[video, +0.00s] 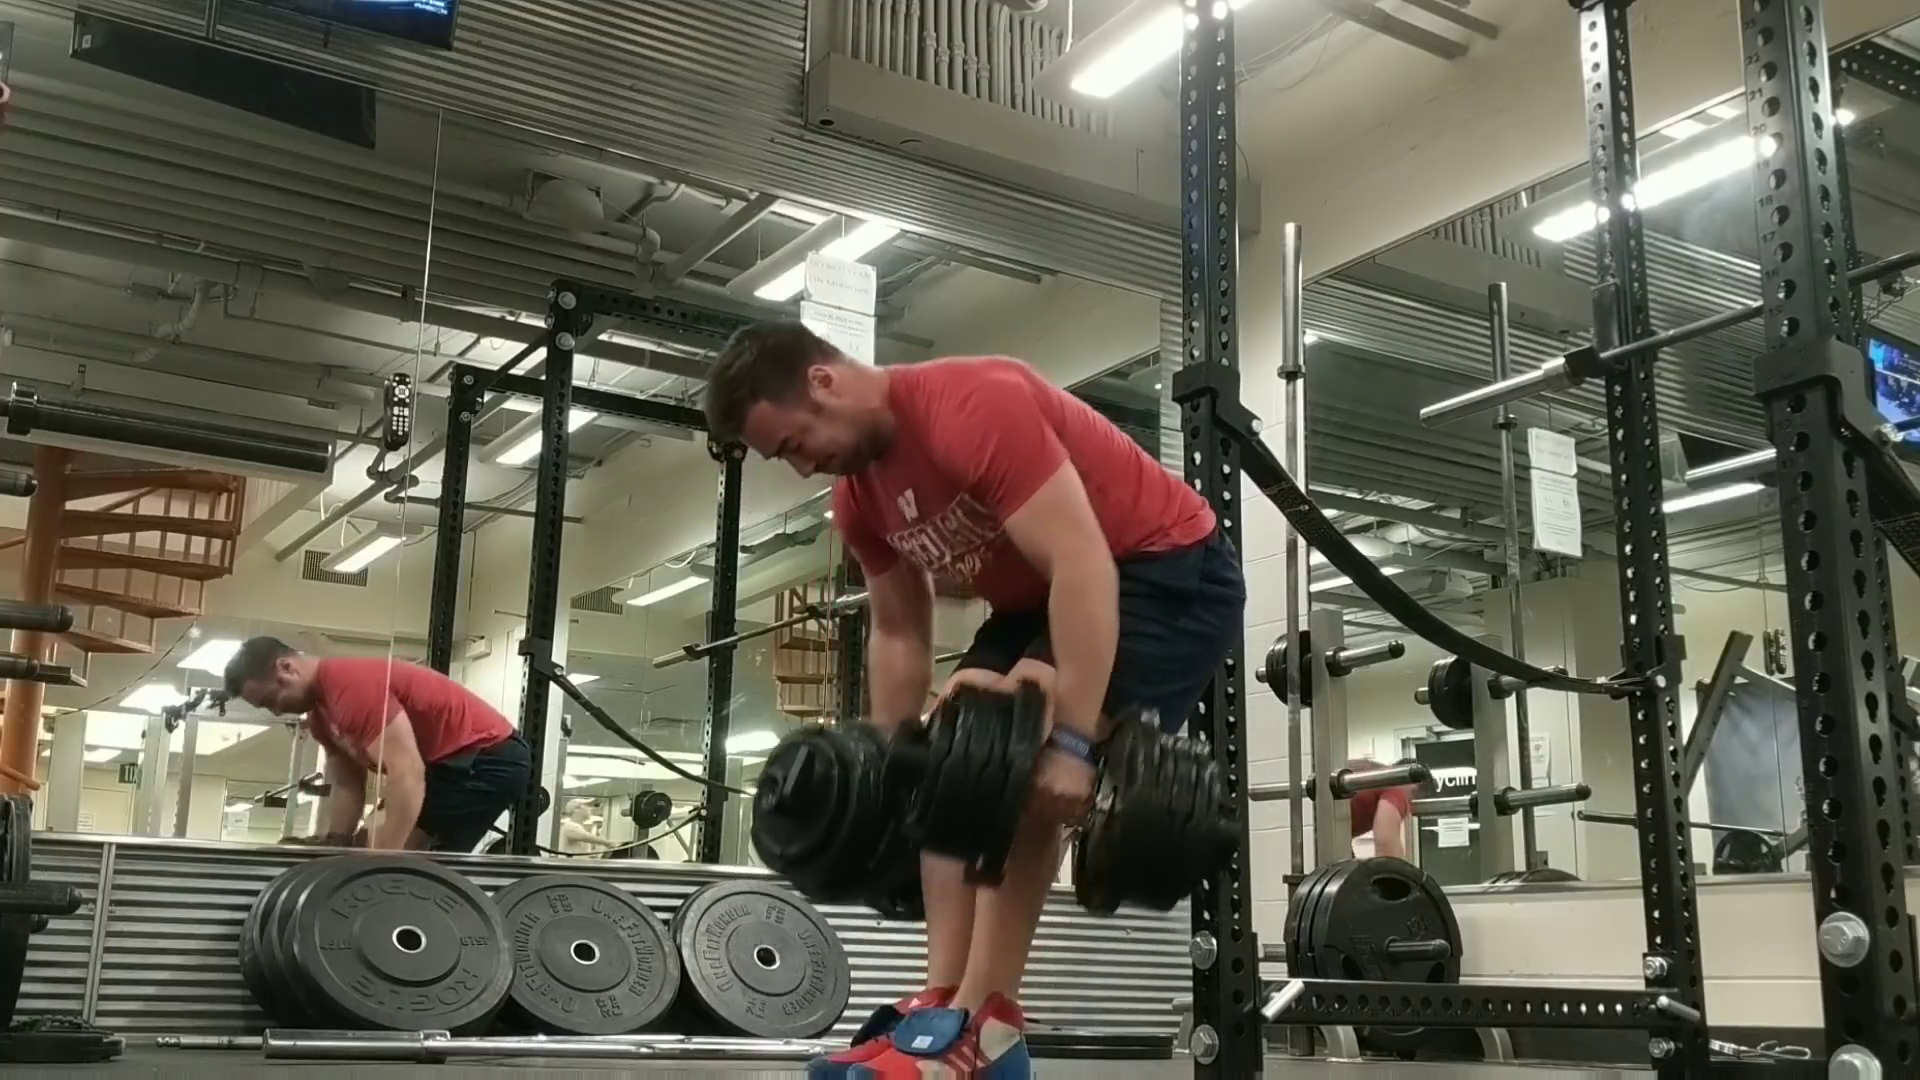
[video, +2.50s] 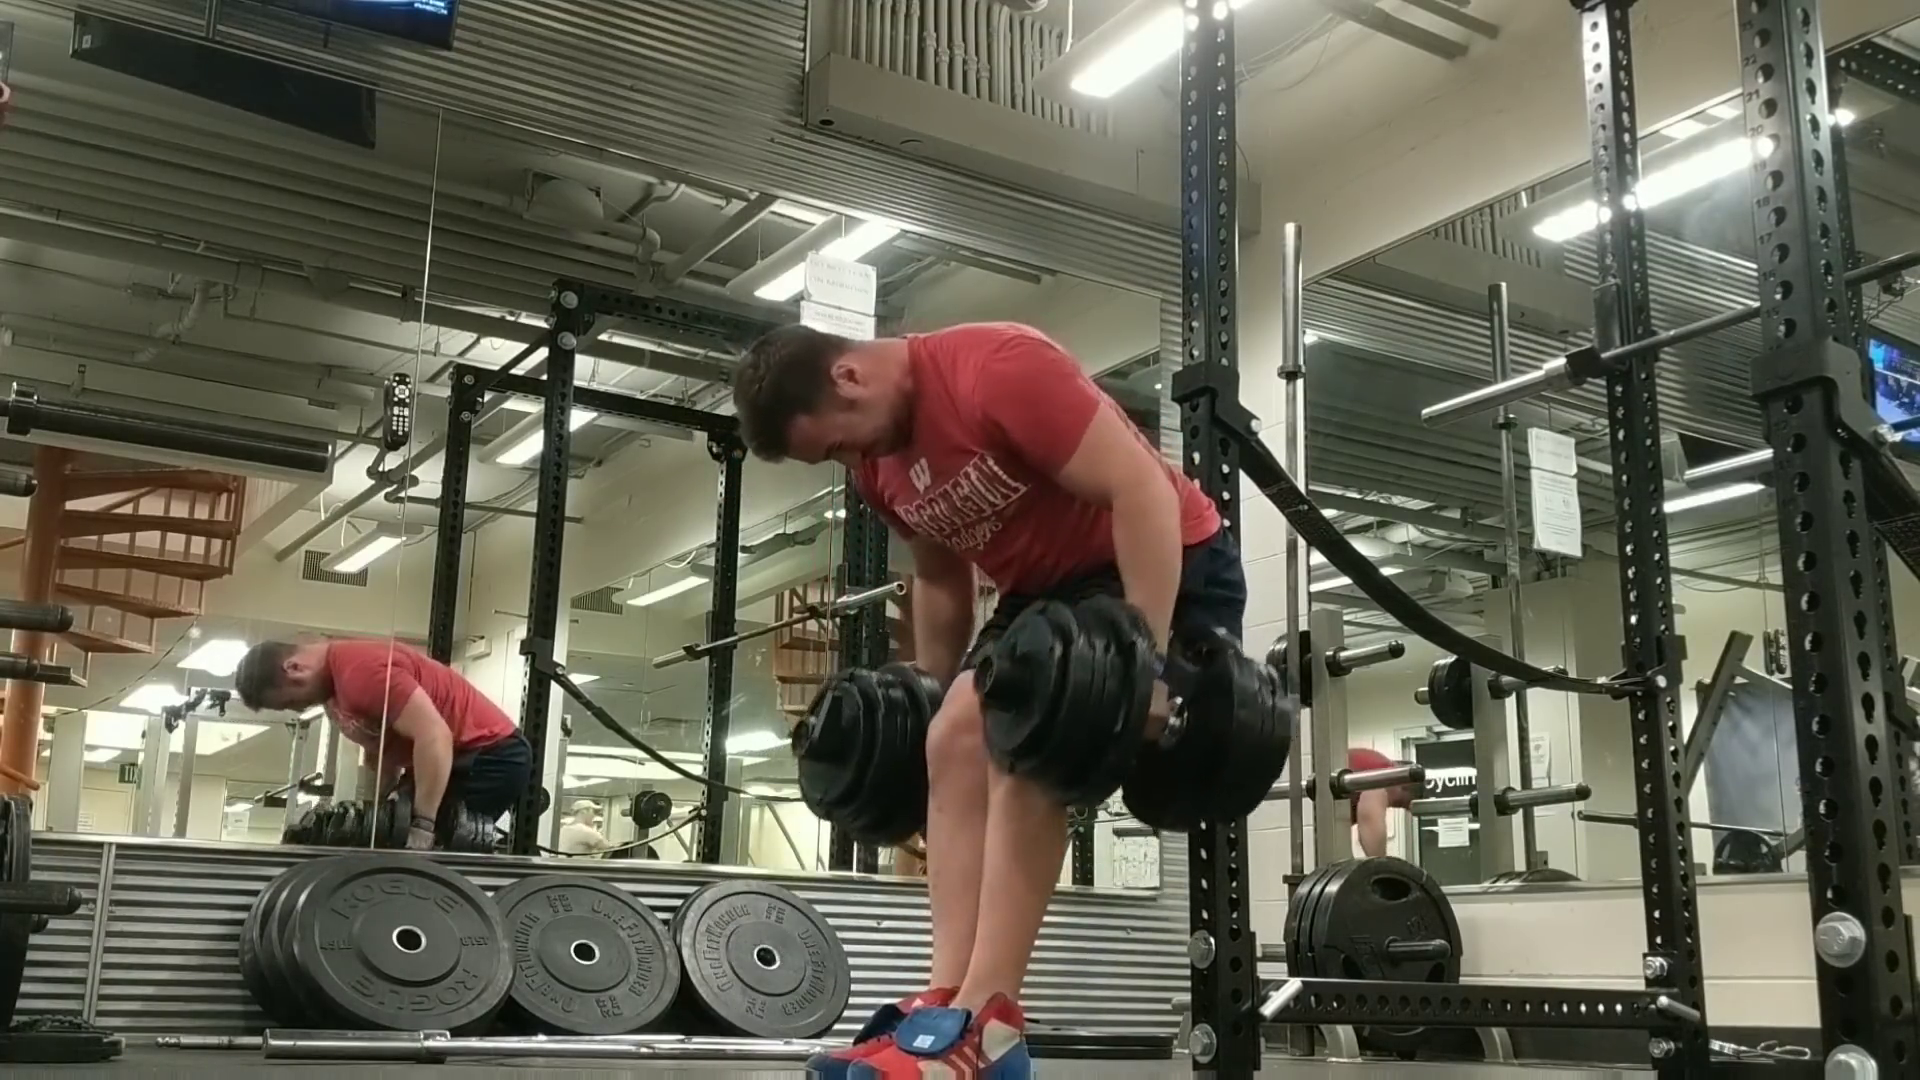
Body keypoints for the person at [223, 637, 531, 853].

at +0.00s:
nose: (273, 714)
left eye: (268, 702)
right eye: (264, 708)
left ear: (286, 670)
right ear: (288, 671)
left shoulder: (349, 686)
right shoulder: (321, 714)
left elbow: (407, 773)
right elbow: (348, 784)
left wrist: (377, 867)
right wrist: (331, 852)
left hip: (488, 758)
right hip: (455, 764)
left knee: (401, 856)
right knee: (400, 860)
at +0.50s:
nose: (305, 708)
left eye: (294, 703)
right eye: (294, 708)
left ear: (296, 670)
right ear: (297, 667)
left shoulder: (360, 669)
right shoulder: (340, 682)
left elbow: (450, 721)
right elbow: (389, 741)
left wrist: (432, 807)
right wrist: (383, 809)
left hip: (491, 758)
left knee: (465, 879)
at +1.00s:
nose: (268, 725)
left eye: (261, 714)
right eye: (258, 720)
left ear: (277, 681)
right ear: (278, 681)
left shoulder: (346, 696)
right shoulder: (314, 725)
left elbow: (366, 813)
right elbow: (323, 811)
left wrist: (342, 901)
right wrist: (304, 890)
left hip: (488, 758)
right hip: (453, 768)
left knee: (382, 848)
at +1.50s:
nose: (252, 741)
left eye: (249, 729)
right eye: (244, 735)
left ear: (273, 700)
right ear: (273, 703)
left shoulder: (335, 723)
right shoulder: (305, 748)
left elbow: (351, 834)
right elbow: (301, 840)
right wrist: (274, 910)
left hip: (489, 760)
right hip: (460, 768)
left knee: (380, 839)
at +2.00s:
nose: (292, 701)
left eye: (285, 692)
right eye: (283, 697)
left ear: (296, 657)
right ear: (296, 657)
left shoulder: (357, 665)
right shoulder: (332, 691)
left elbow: (426, 740)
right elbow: (365, 759)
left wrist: (406, 829)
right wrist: (347, 831)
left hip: (489, 757)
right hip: (453, 760)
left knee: (422, 862)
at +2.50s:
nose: (303, 708)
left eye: (293, 702)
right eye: (292, 707)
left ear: (293, 670)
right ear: (294, 667)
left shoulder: (358, 672)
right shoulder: (338, 686)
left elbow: (435, 736)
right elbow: (382, 751)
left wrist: (423, 826)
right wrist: (362, 816)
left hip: (492, 757)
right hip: (457, 759)